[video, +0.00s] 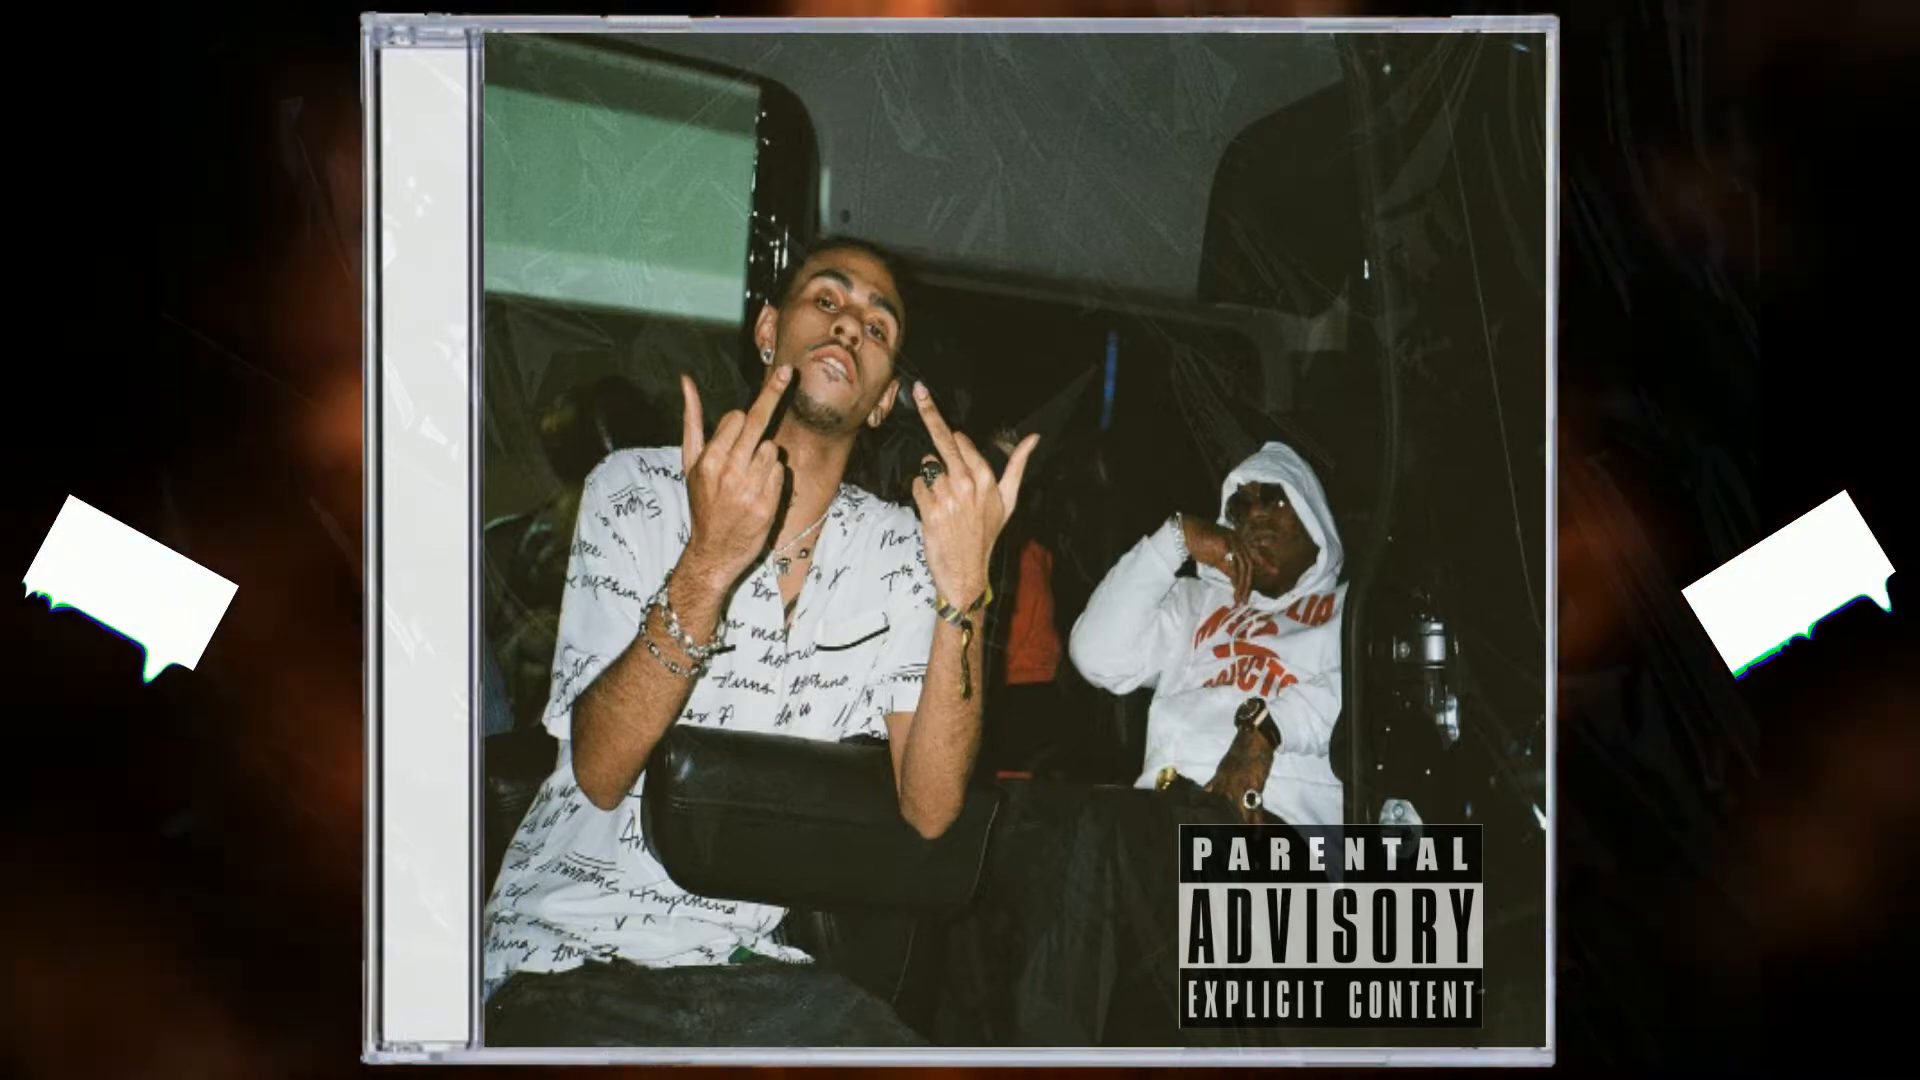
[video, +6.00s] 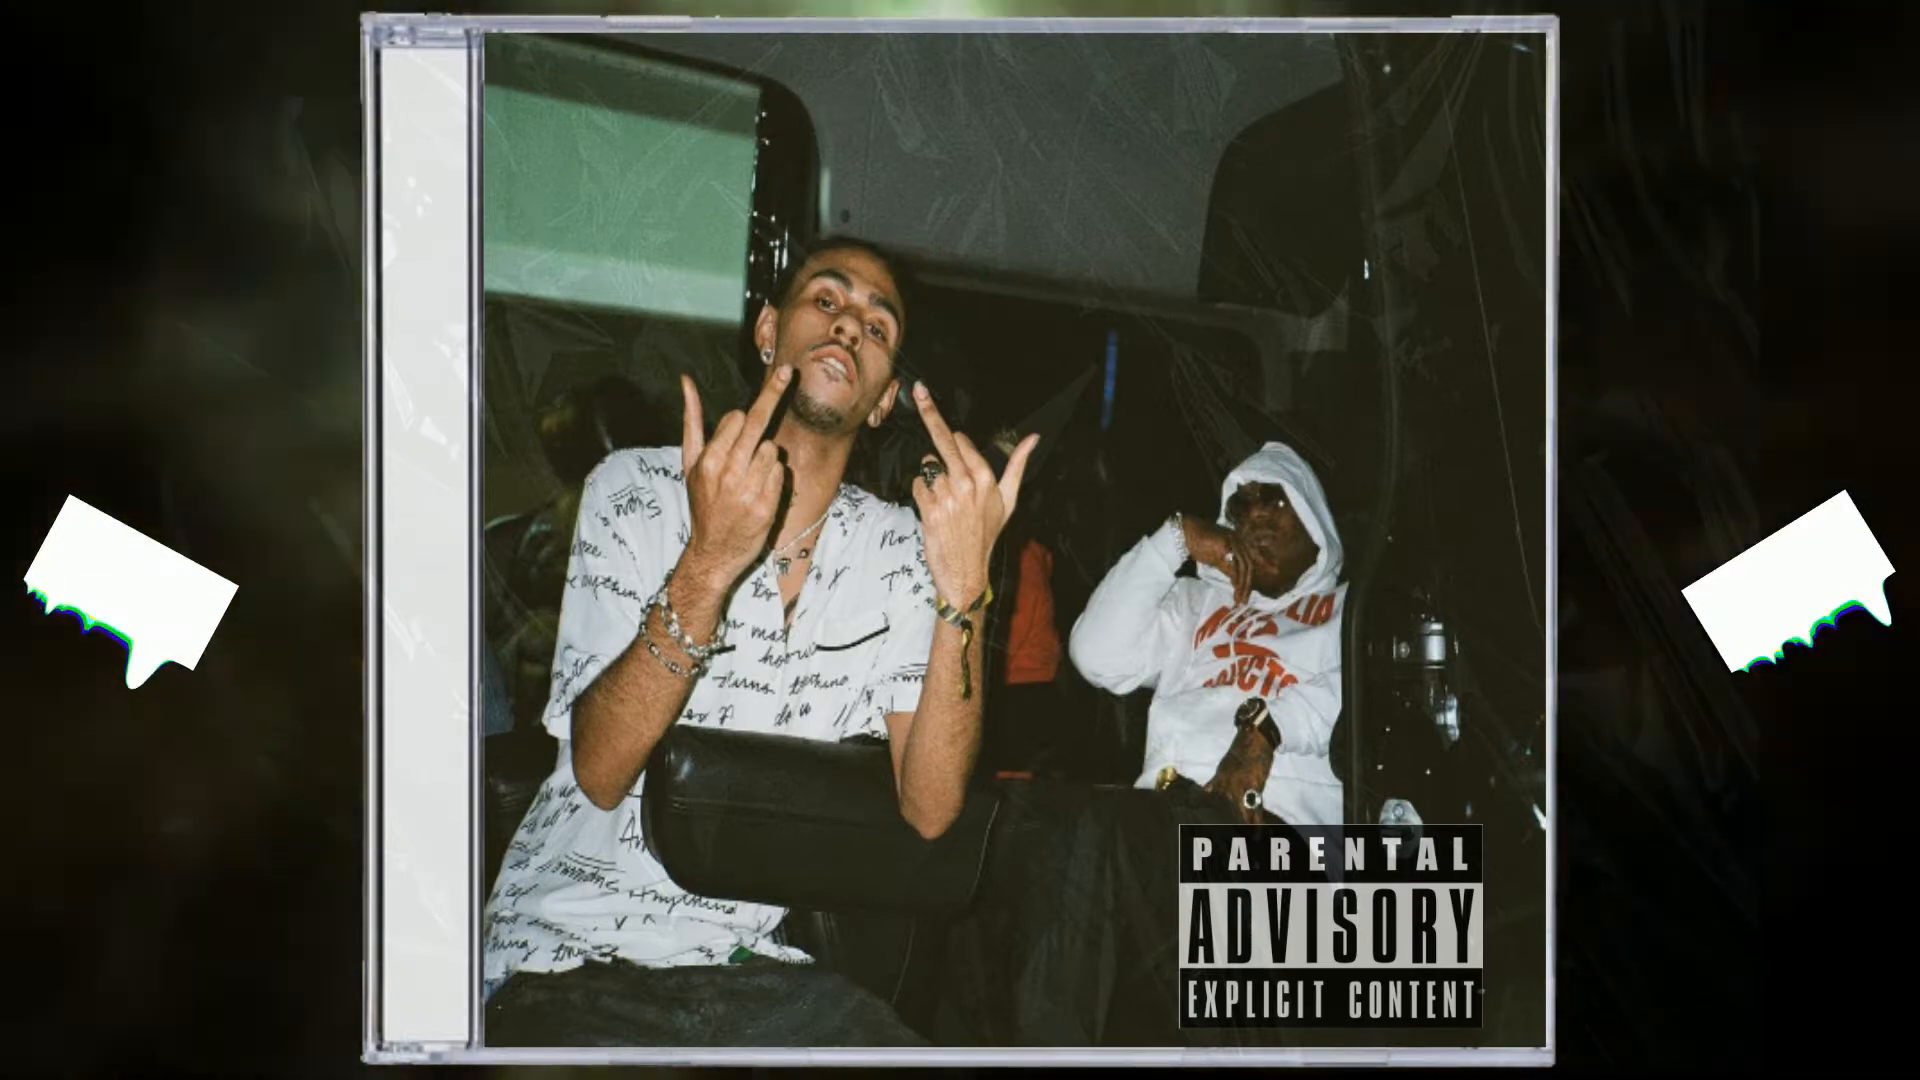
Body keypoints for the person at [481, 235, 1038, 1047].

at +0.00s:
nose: (852, 323)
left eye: (879, 323)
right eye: (826, 299)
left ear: (887, 396)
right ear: (767, 333)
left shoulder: (902, 550)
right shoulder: (638, 490)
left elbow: (931, 809)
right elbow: (601, 770)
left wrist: (966, 593)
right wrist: (709, 564)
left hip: (753, 957)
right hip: (569, 945)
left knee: (907, 1061)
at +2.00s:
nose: (852, 323)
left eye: (879, 324)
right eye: (826, 299)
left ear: (887, 396)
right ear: (767, 333)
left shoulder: (902, 550)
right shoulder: (637, 490)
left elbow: (930, 809)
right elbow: (601, 770)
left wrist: (965, 593)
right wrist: (709, 564)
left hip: (757, 958)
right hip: (570, 946)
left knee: (909, 1065)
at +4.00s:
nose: (851, 323)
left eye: (878, 323)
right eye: (826, 299)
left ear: (887, 395)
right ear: (767, 333)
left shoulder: (904, 551)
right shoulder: (638, 491)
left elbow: (931, 809)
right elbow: (601, 770)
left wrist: (966, 593)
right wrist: (710, 563)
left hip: (756, 956)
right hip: (571, 944)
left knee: (905, 1059)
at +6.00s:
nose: (851, 323)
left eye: (878, 323)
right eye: (826, 298)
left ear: (886, 396)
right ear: (766, 332)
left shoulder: (903, 550)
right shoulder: (638, 489)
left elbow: (930, 809)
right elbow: (600, 770)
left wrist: (965, 594)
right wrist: (710, 563)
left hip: (753, 955)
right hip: (568, 943)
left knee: (908, 1061)